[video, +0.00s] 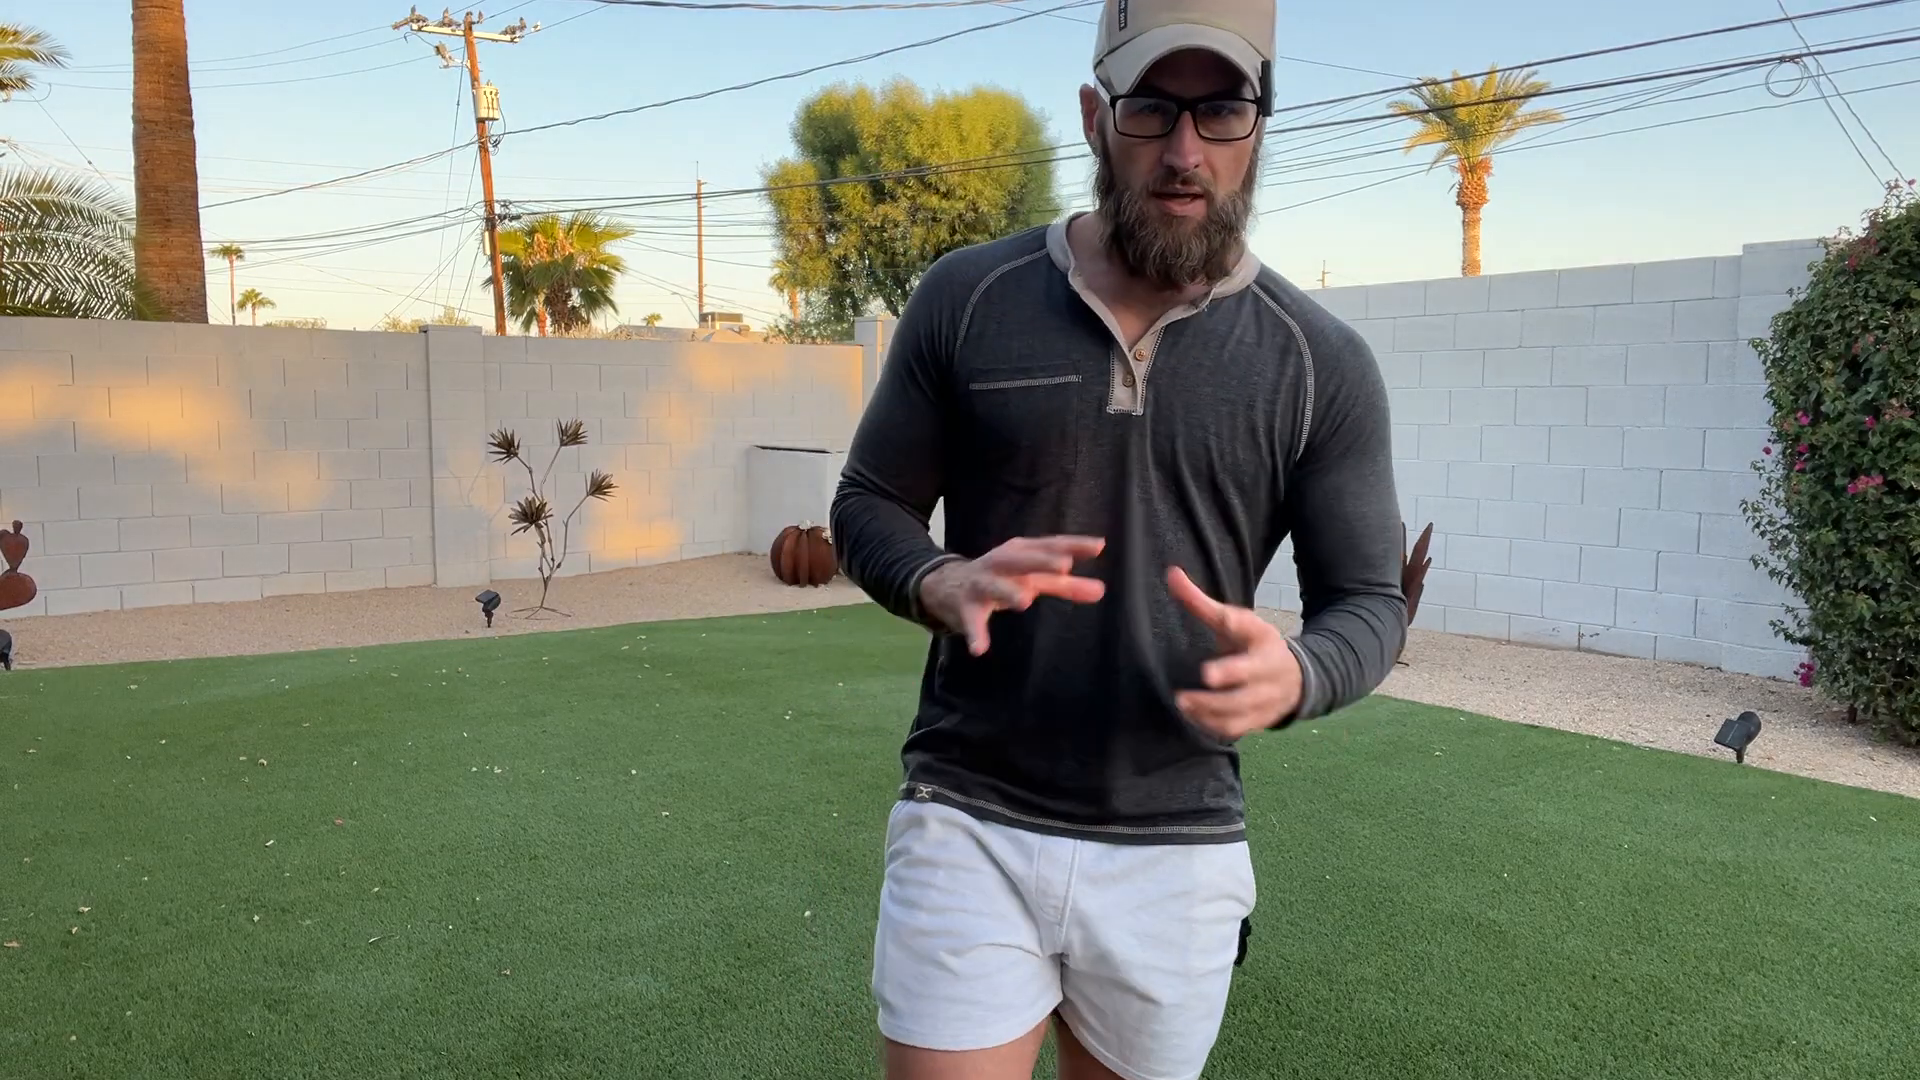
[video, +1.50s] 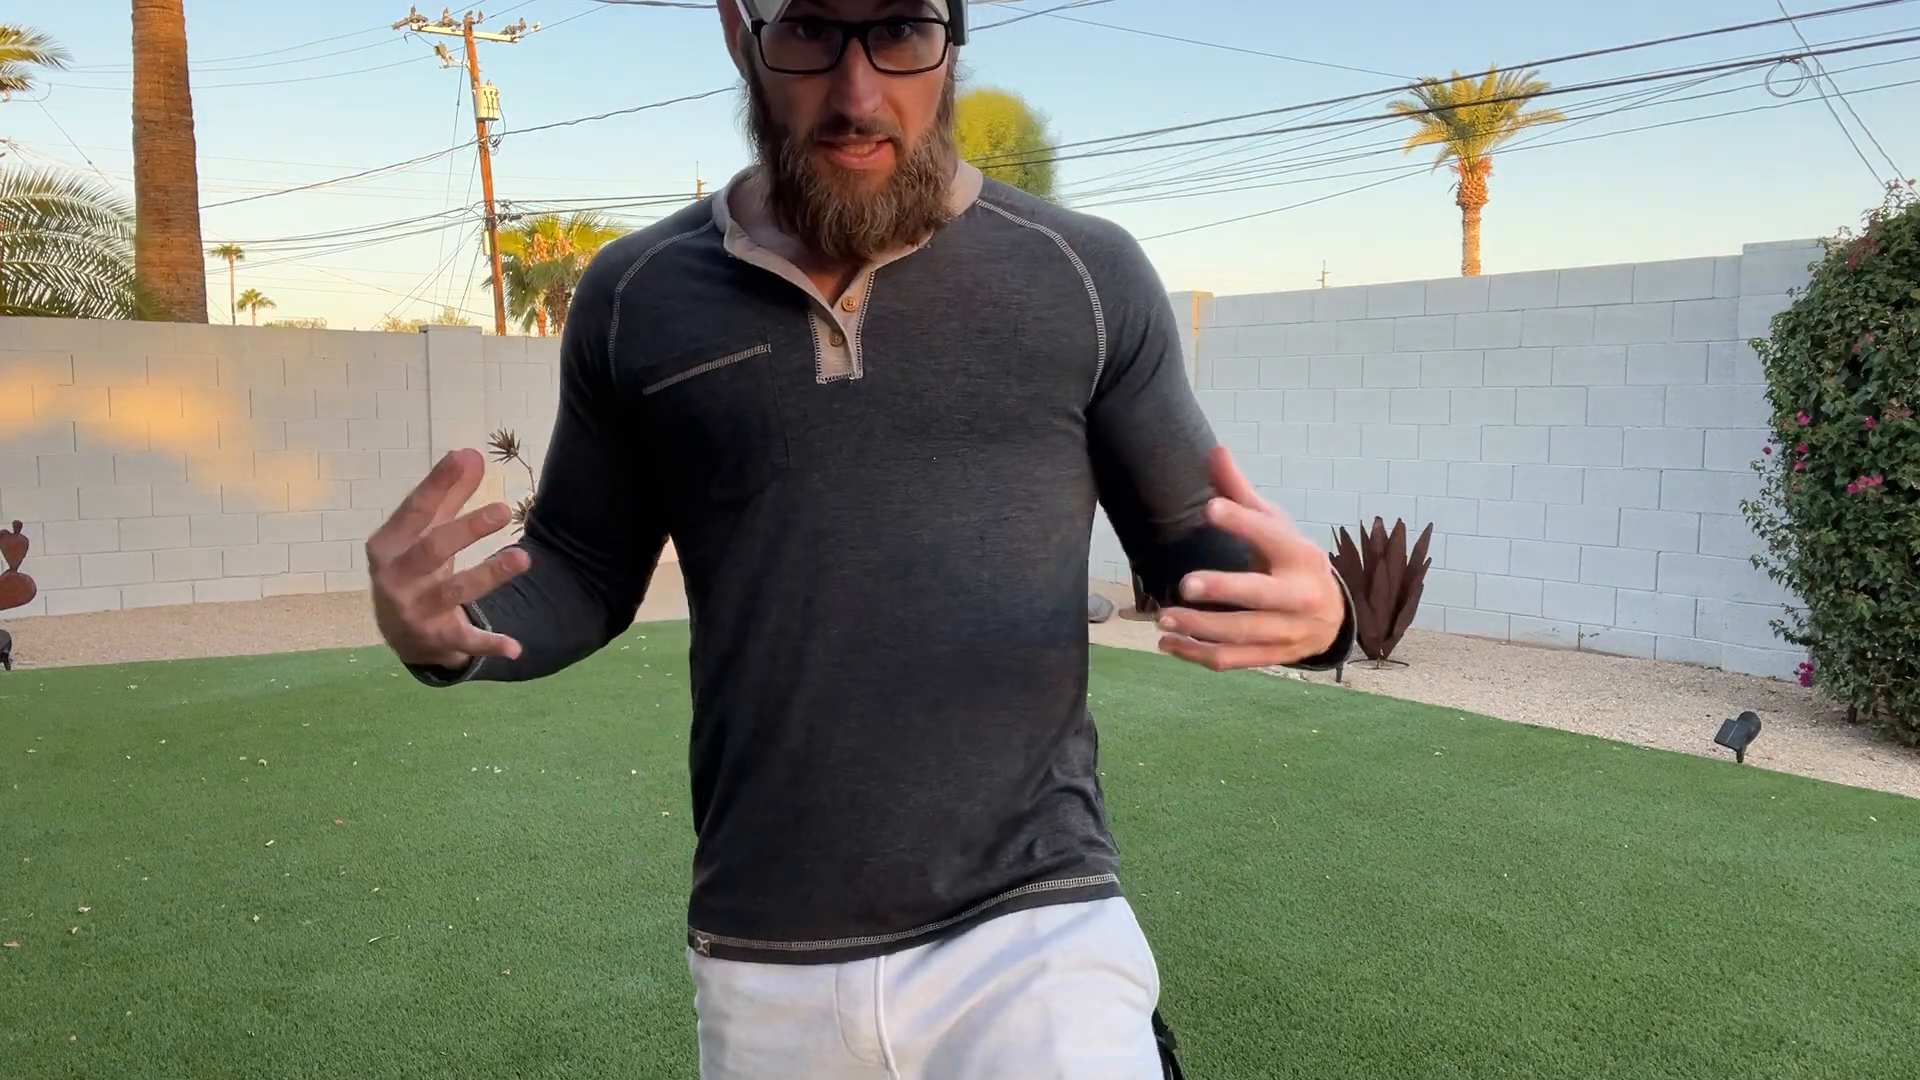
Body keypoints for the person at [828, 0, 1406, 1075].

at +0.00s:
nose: (1184, 152)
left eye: (1219, 119)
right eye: (1151, 113)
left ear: (1257, 136)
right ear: (1096, 120)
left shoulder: (1322, 363)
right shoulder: (964, 302)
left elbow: (1366, 602)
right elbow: (868, 506)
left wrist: (1303, 672)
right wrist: (939, 578)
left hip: (1177, 846)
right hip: (966, 823)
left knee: (1130, 1068)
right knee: (940, 1064)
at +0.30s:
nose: (1145, 138)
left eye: (1179, 102)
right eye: (1110, 98)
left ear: (1216, 115)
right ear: (1048, 101)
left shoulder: (1295, 338)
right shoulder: (919, 300)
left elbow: (1345, 608)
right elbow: (821, 546)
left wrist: (1189, 601)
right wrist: (960, 547)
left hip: (1174, 872)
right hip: (952, 860)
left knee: (1147, 1069)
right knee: (941, 1064)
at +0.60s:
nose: (1108, 153)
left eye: (1136, 108)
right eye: (1066, 106)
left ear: (1164, 101)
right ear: (975, 74)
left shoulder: (1223, 310)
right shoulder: (832, 290)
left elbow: (1287, 532)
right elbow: (741, 545)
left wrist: (1120, 709)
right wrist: (847, 589)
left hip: (1135, 897)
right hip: (902, 899)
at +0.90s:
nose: (975, 97)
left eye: (1013, 53)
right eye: (930, 50)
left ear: (1051, 67)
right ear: (858, 57)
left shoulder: (1140, 286)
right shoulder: (734, 278)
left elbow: (1092, 561)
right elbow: (671, 554)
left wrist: (857, 742)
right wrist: (946, 553)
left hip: (1072, 921)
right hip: (819, 923)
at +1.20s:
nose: (881, 74)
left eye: (922, 27)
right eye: (836, 25)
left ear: (966, 45)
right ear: (768, 35)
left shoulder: (1072, 273)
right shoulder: (659, 289)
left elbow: (1115, 556)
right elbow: (611, 574)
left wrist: (860, 672)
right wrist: (892, 550)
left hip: (1032, 920)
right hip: (776, 939)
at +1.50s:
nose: (856, 89)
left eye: (900, 38)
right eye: (808, 40)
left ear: (953, 47)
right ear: (742, 46)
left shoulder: (1085, 275)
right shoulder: (638, 302)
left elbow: (1193, 551)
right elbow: (579, 563)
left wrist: (1315, 609)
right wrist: (442, 633)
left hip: (1034, 934)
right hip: (766, 960)